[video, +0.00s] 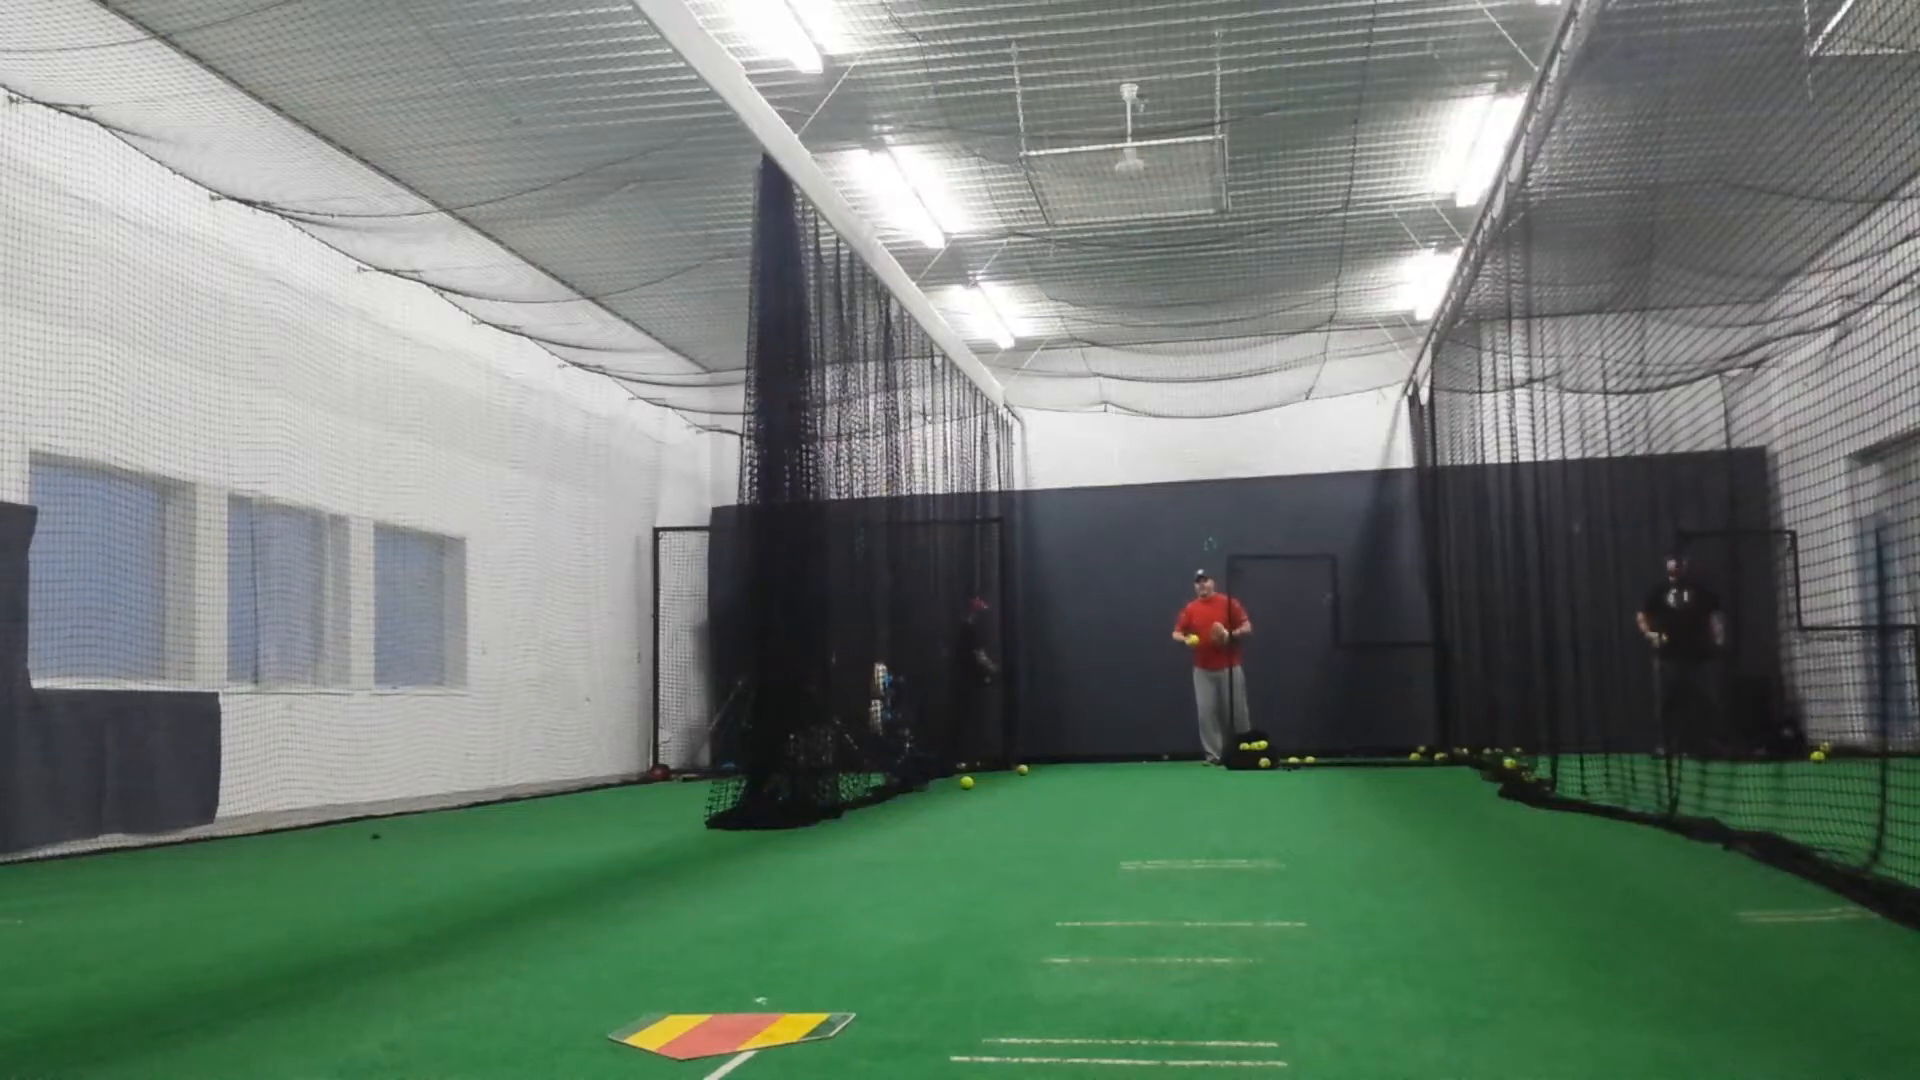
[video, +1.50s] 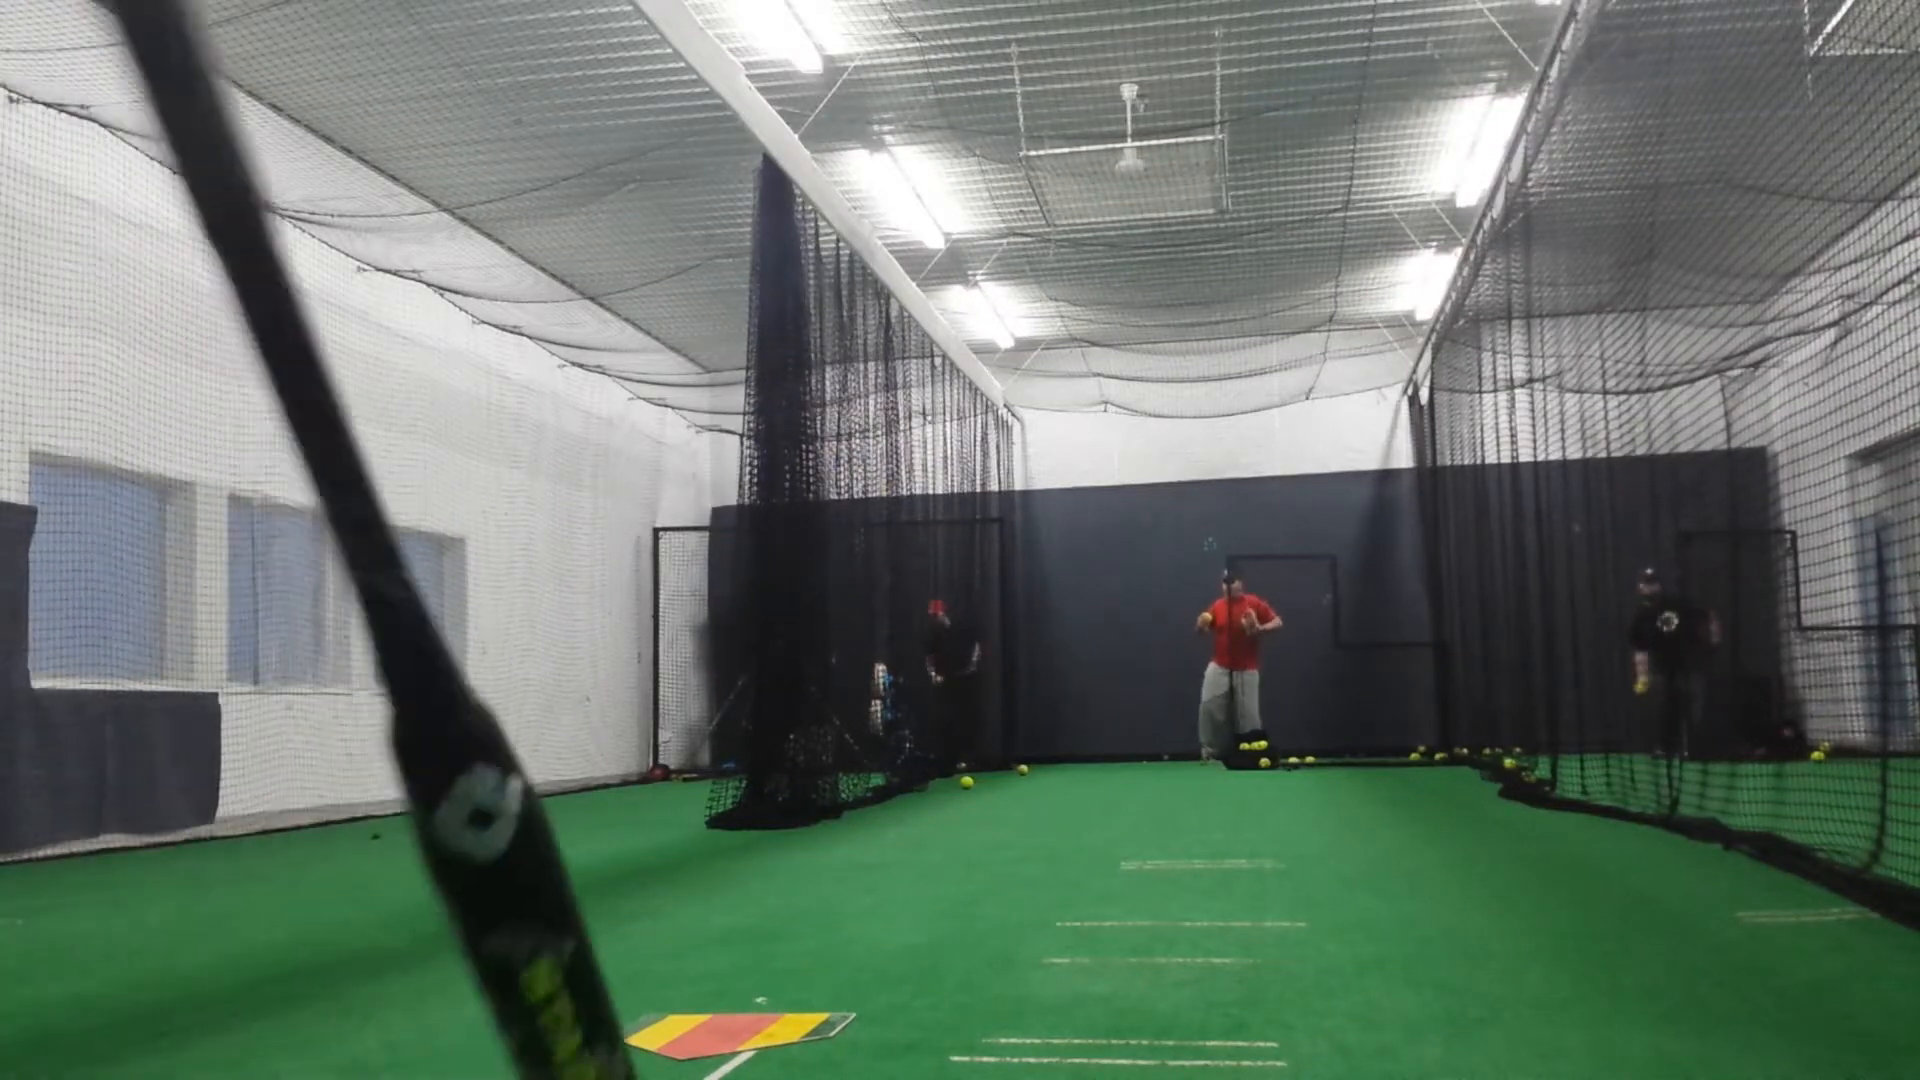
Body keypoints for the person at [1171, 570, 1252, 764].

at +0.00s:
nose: (1202, 585)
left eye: (1205, 581)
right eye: (1198, 582)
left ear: (1213, 583)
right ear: (1194, 586)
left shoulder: (1229, 604)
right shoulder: (1190, 609)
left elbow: (1247, 627)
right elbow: (1176, 633)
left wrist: (1230, 634)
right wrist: (1186, 638)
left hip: (1229, 667)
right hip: (1204, 669)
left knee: (1237, 710)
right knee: (1206, 712)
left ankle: (1244, 751)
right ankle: (1213, 753)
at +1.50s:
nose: (1228, 586)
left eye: (1232, 582)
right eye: (1225, 582)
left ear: (1241, 583)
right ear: (1222, 585)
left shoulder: (1253, 603)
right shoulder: (1218, 605)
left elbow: (1277, 622)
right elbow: (1206, 630)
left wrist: (1259, 628)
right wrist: (1202, 624)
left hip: (1246, 667)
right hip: (1220, 665)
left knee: (1248, 710)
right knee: (1209, 705)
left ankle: (1252, 751)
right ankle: (1209, 750)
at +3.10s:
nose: (1211, 583)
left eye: (1214, 579)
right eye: (1207, 580)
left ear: (1220, 582)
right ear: (1203, 583)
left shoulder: (1234, 603)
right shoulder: (1195, 605)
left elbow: (1251, 625)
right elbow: (1179, 632)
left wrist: (1239, 629)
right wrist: (1186, 629)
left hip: (1228, 665)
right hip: (1203, 666)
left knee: (1233, 711)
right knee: (1203, 712)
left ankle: (1240, 752)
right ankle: (1205, 753)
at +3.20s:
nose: (1216, 584)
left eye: (1219, 579)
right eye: (1212, 580)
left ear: (1226, 582)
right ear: (1207, 584)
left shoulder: (1238, 603)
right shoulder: (1200, 606)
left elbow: (1256, 626)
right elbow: (1188, 631)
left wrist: (1243, 631)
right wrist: (1192, 632)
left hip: (1230, 665)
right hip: (1205, 666)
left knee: (1234, 709)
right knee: (1205, 710)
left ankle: (1239, 751)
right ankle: (1206, 752)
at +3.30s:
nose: (1220, 584)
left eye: (1222, 580)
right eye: (1216, 580)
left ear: (1228, 582)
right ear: (1212, 583)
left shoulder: (1242, 604)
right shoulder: (1203, 606)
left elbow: (1259, 629)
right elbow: (1190, 630)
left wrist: (1246, 633)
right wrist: (1196, 630)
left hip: (1236, 667)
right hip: (1209, 666)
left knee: (1239, 710)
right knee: (1200, 705)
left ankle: (1241, 752)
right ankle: (1204, 751)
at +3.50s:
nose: (1222, 584)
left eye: (1226, 579)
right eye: (1219, 580)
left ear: (1234, 582)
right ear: (1215, 583)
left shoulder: (1246, 604)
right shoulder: (1208, 605)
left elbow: (1262, 628)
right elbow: (1192, 632)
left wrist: (1247, 632)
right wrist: (1195, 628)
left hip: (1236, 669)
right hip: (1209, 666)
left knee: (1239, 714)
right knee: (1193, 707)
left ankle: (1242, 753)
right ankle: (1175, 749)